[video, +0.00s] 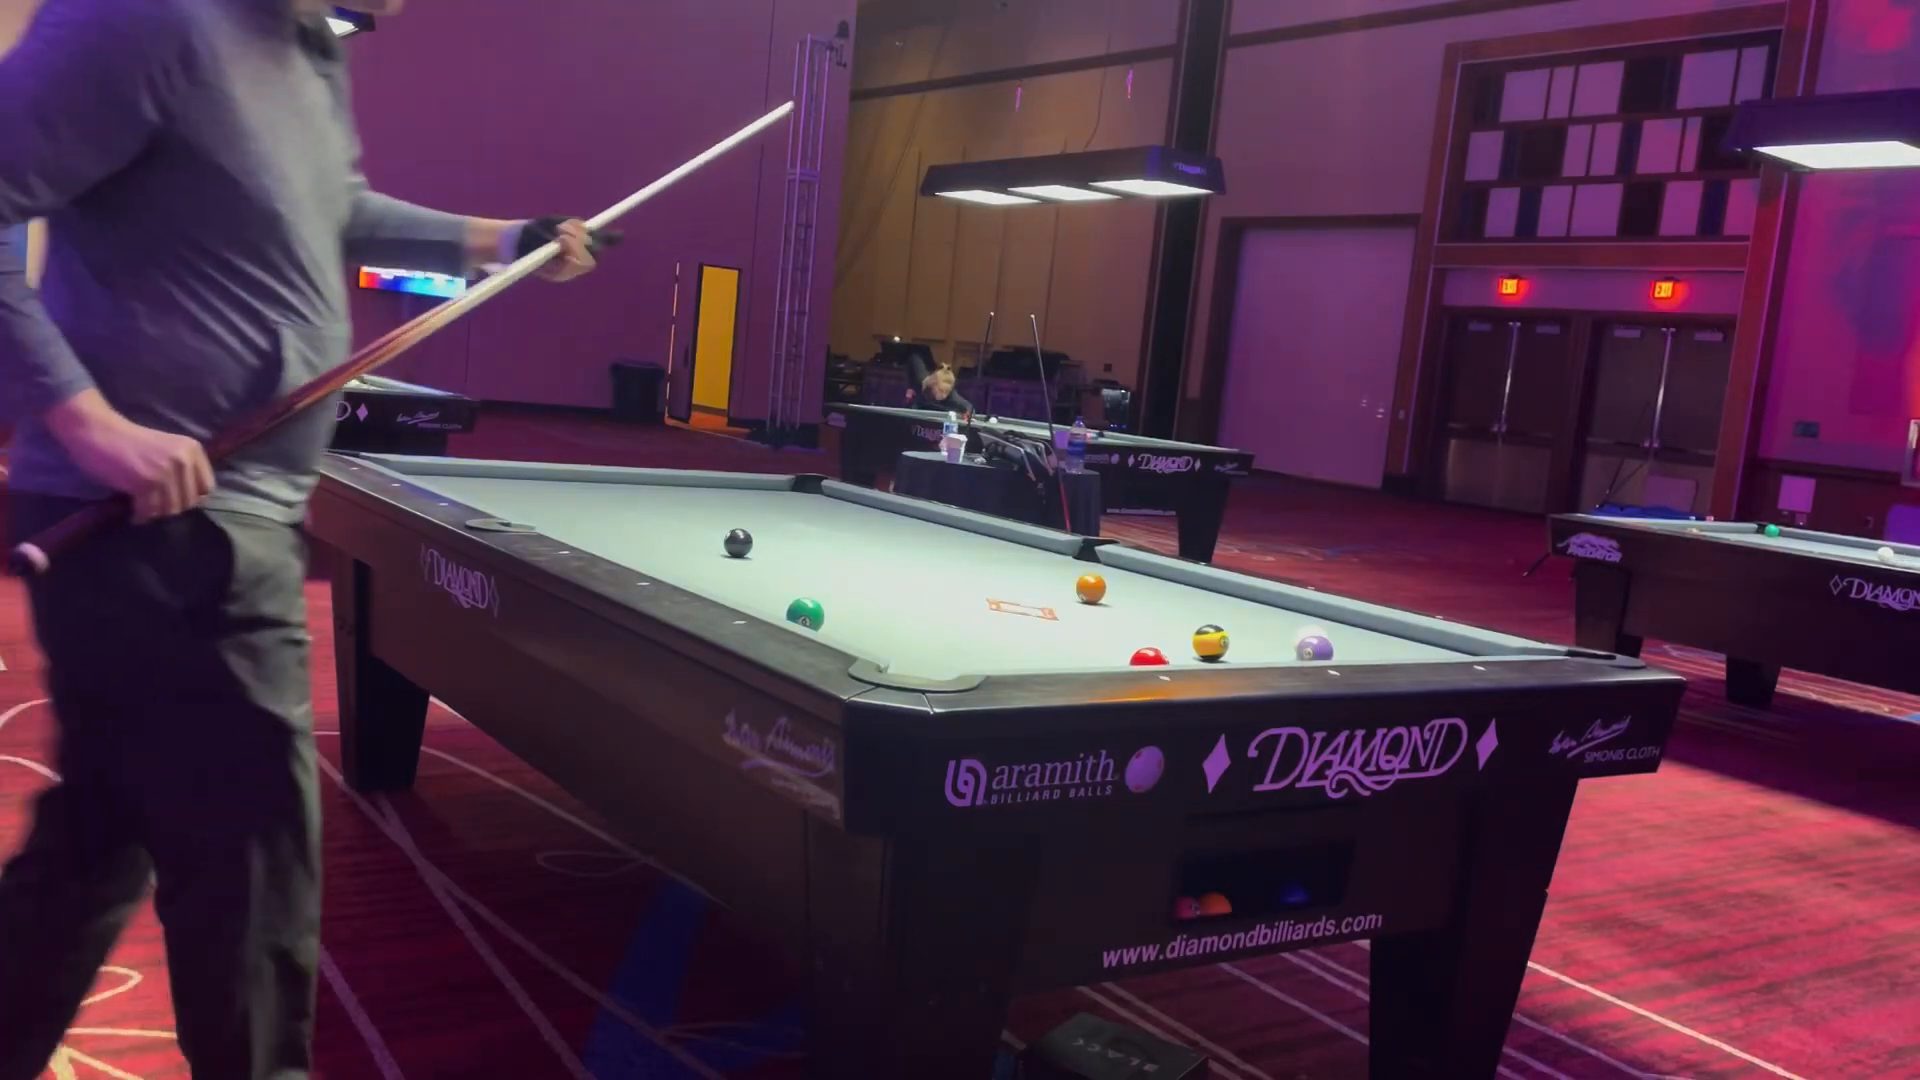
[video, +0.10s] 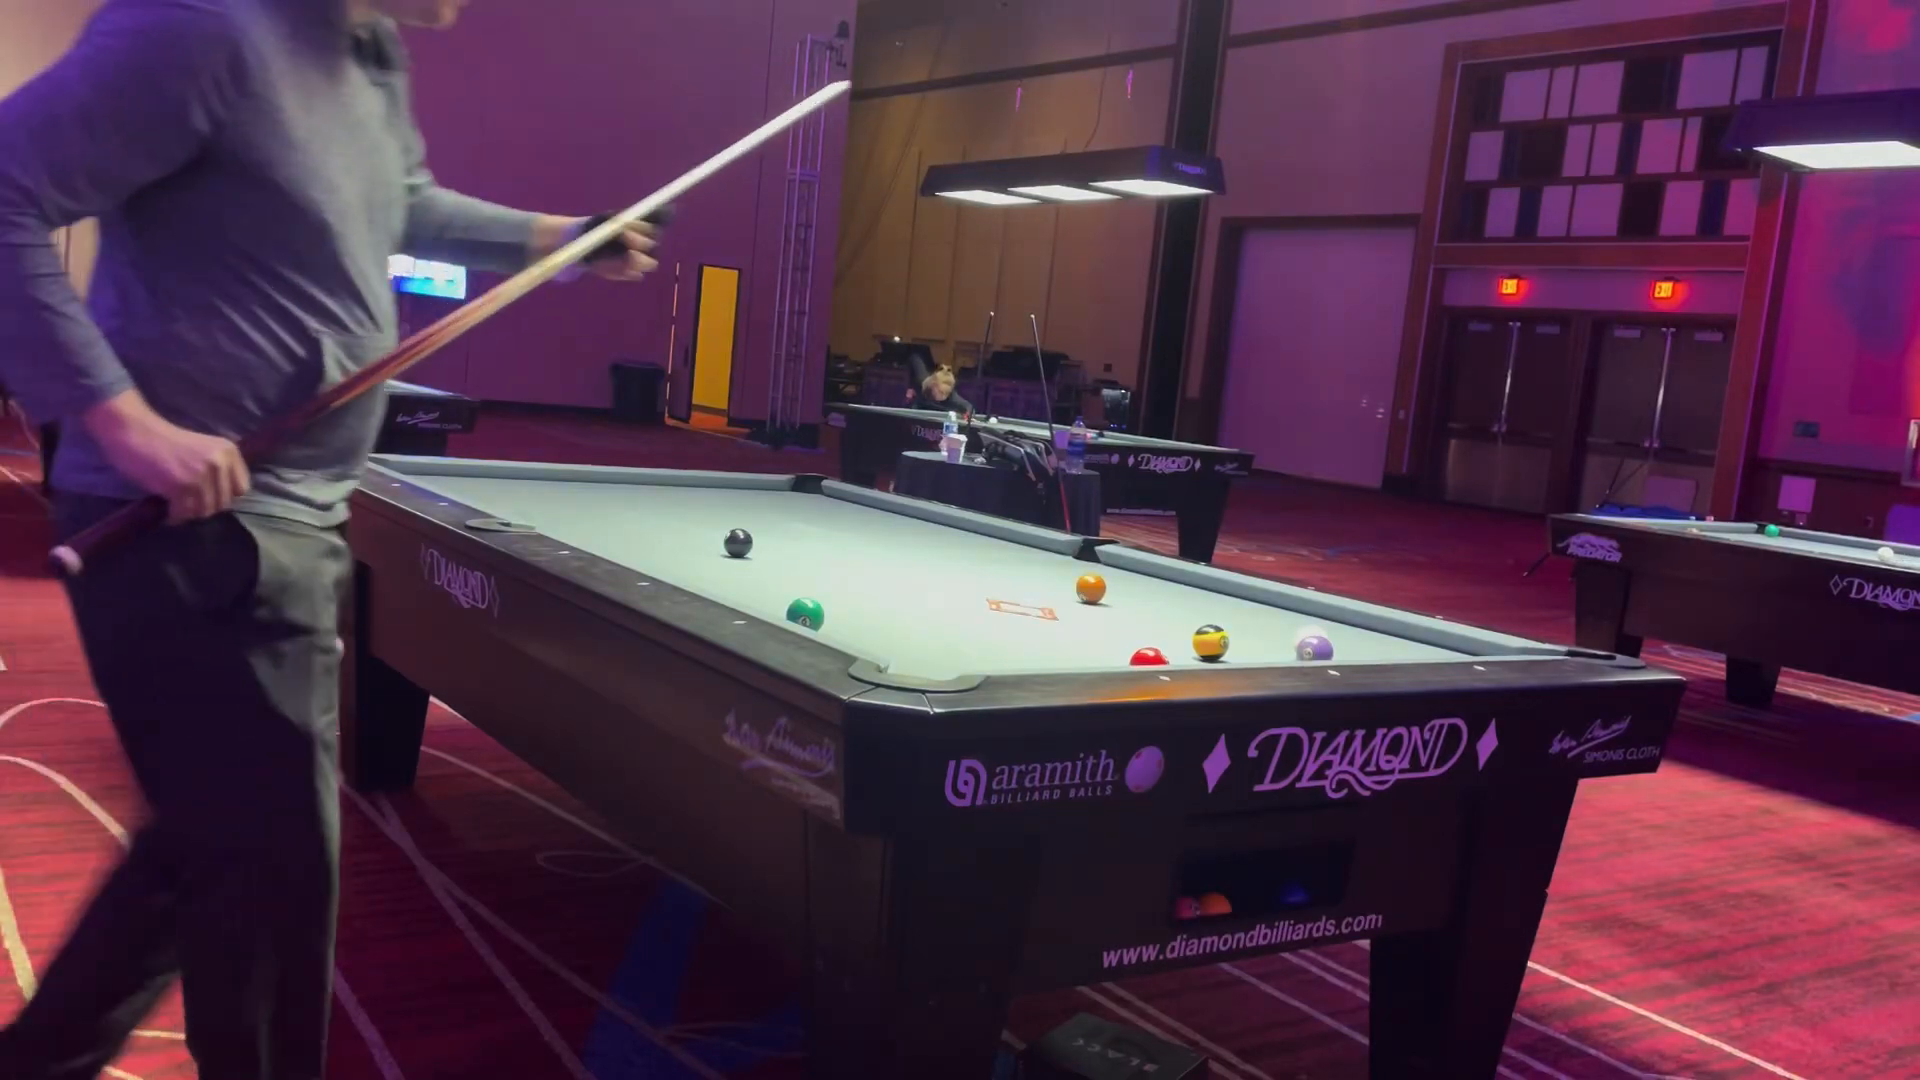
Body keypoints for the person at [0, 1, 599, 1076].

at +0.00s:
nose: (403, 1)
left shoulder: (309, 52)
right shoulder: (148, 22)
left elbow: (325, 210)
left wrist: (497, 240)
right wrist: (78, 414)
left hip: (231, 515)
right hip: (168, 521)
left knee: (92, 840)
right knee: (255, 866)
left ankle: (8, 1049)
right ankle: (263, 1064)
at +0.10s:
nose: (464, 2)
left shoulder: (372, 55)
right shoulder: (203, 31)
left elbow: (398, 207)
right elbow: (7, 188)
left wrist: (559, 236)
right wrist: (119, 416)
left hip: (292, 522)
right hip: (199, 524)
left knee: (212, 834)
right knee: (281, 869)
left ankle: (45, 1056)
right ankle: (267, 1066)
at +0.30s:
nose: (576, 9)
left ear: (522, 4)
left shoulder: (492, 84)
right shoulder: (296, 33)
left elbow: (542, 209)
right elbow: (48, 142)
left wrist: (719, 242)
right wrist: (203, 354)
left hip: (382, 518)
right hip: (254, 518)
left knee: (444, 758)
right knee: (283, 857)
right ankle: (261, 1065)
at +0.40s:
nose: (639, 17)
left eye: (646, 5)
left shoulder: (550, 107)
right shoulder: (346, 43)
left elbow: (641, 236)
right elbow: (87, 133)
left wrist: (824, 284)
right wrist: (221, 343)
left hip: (416, 523)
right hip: (279, 520)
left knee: (470, 779)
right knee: (293, 863)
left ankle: (441, 1053)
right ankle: (262, 1071)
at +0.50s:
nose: (694, 39)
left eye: (701, 18)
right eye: (683, 5)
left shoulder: (616, 146)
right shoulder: (396, 61)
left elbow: (714, 265)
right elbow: (136, 134)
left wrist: (882, 314)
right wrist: (251, 339)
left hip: (450, 532)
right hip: (307, 522)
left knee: (502, 818)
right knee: (314, 859)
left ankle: (550, 1032)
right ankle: (264, 1069)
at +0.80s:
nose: (857, 181)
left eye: (867, 156)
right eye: (855, 147)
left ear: (797, 118)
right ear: (788, 106)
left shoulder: (774, 269)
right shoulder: (572, 140)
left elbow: (878, 388)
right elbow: (330, 113)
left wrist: (1037, 501)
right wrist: (365, 322)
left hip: (514, 536)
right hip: (370, 505)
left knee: (559, 800)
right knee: (378, 817)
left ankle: (554, 1032)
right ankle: (318, 1055)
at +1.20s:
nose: (907, 276)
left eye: (916, 254)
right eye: (909, 245)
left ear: (850, 221)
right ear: (850, 205)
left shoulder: (810, 362)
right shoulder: (649, 200)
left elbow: (932, 467)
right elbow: (427, 95)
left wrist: (1071, 557)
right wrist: (420, 298)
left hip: (502, 532)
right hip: (356, 488)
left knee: (566, 772)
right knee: (336, 820)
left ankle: (551, 1036)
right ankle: (302, 1057)